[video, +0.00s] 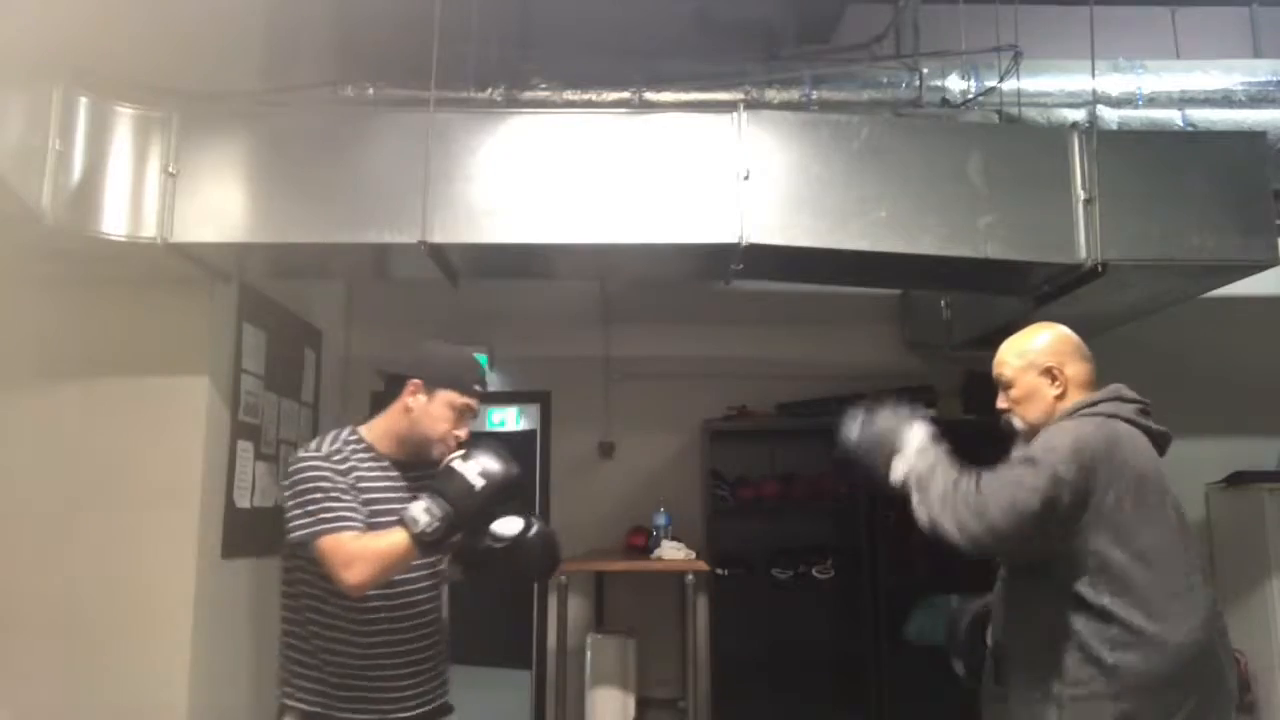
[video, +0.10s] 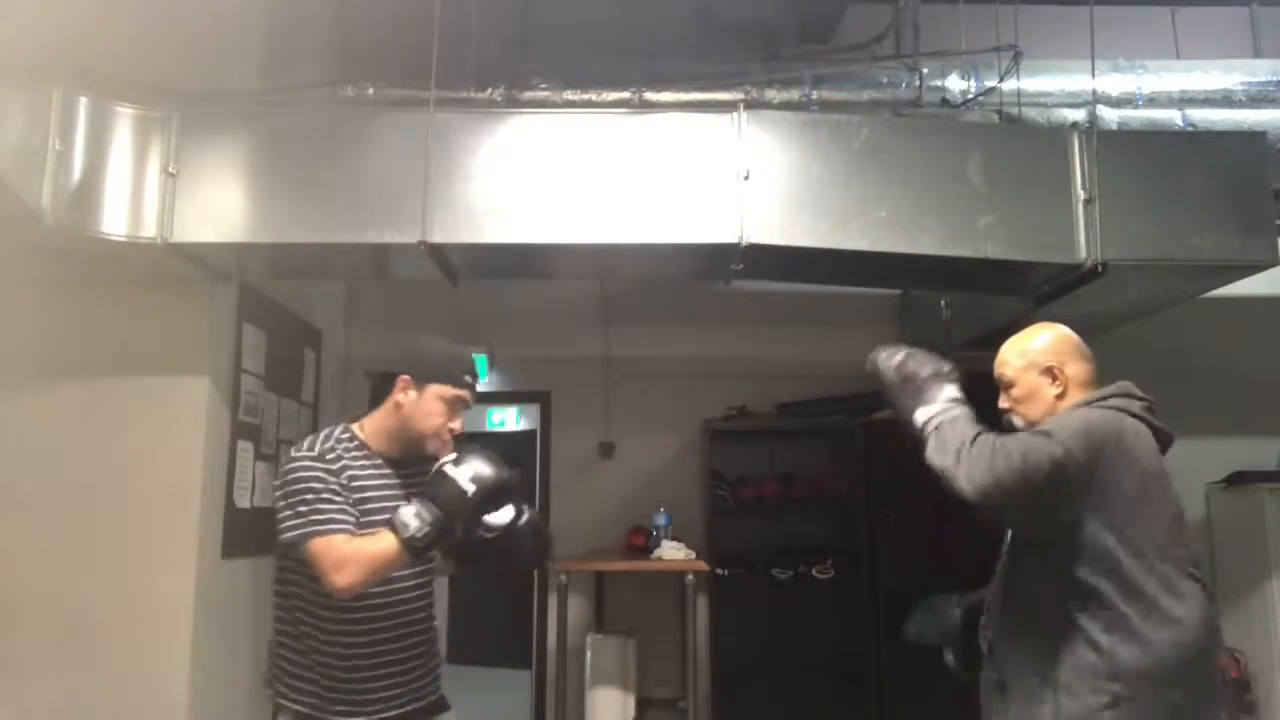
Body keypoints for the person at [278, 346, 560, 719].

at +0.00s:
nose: (465, 434)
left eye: (470, 421)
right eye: (460, 413)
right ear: (413, 395)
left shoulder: (428, 473)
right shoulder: (321, 464)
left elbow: (444, 560)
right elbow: (352, 570)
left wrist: (499, 556)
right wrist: (441, 507)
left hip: (425, 704)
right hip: (333, 709)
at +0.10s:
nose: (459, 426)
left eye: (464, 411)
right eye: (453, 405)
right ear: (404, 391)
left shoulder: (424, 470)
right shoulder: (314, 461)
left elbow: (442, 554)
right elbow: (340, 573)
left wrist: (497, 542)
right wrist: (432, 512)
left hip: (418, 701)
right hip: (325, 708)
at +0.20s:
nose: (456, 419)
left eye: (461, 404)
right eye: (448, 398)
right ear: (400, 389)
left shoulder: (428, 472)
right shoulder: (318, 464)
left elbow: (446, 561)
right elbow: (338, 580)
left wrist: (504, 535)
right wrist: (434, 523)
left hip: (422, 701)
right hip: (328, 708)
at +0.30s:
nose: (456, 419)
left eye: (459, 404)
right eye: (445, 400)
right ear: (397, 396)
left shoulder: (434, 474)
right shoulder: (321, 473)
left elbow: (442, 573)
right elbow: (350, 592)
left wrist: (500, 531)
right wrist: (447, 537)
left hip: (421, 703)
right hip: (328, 709)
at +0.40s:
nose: (459, 435)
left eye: (461, 421)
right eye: (446, 417)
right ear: (395, 418)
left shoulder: (434, 487)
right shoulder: (328, 492)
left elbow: (443, 597)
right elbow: (377, 605)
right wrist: (472, 554)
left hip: (425, 707)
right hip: (331, 710)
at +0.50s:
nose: (486, 435)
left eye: (486, 420)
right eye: (470, 417)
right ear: (419, 422)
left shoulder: (462, 493)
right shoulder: (354, 498)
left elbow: (470, 590)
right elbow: (413, 609)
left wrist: (509, 621)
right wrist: (491, 540)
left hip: (454, 707)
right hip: (365, 711)